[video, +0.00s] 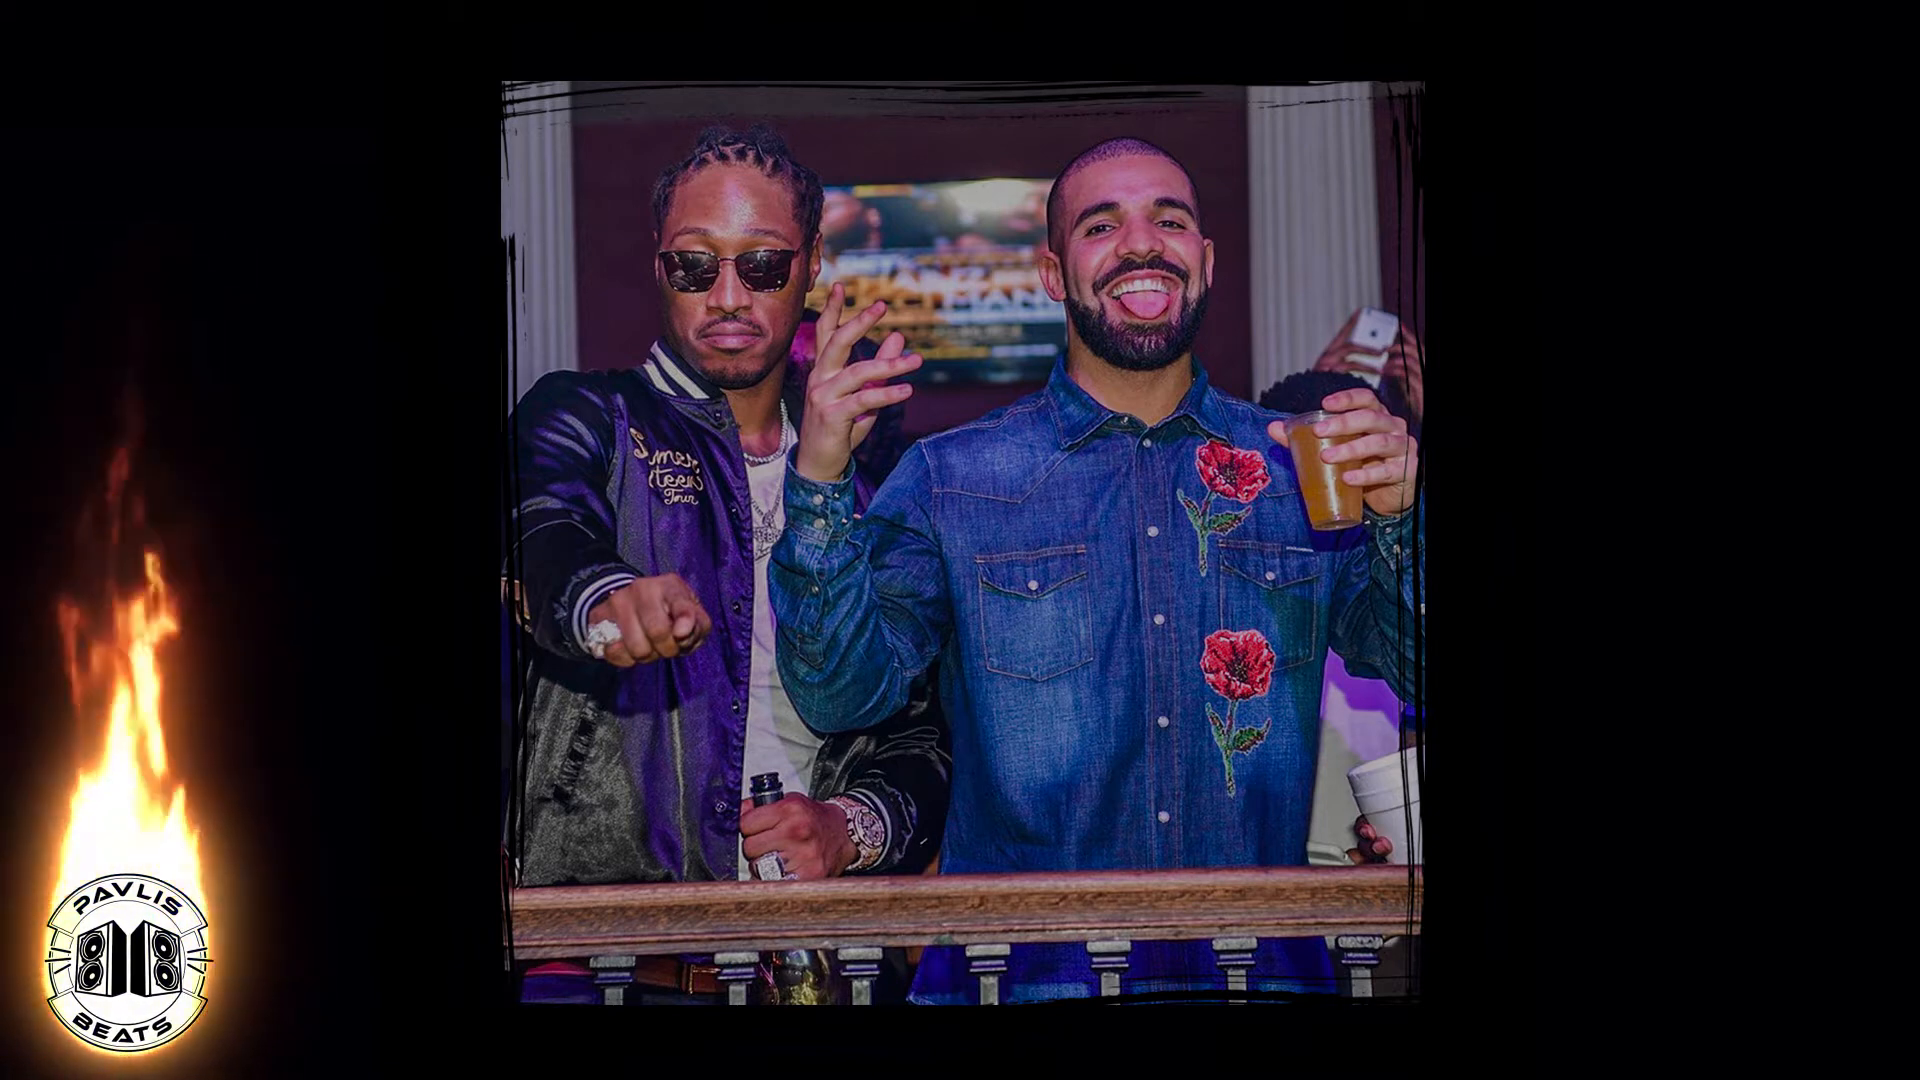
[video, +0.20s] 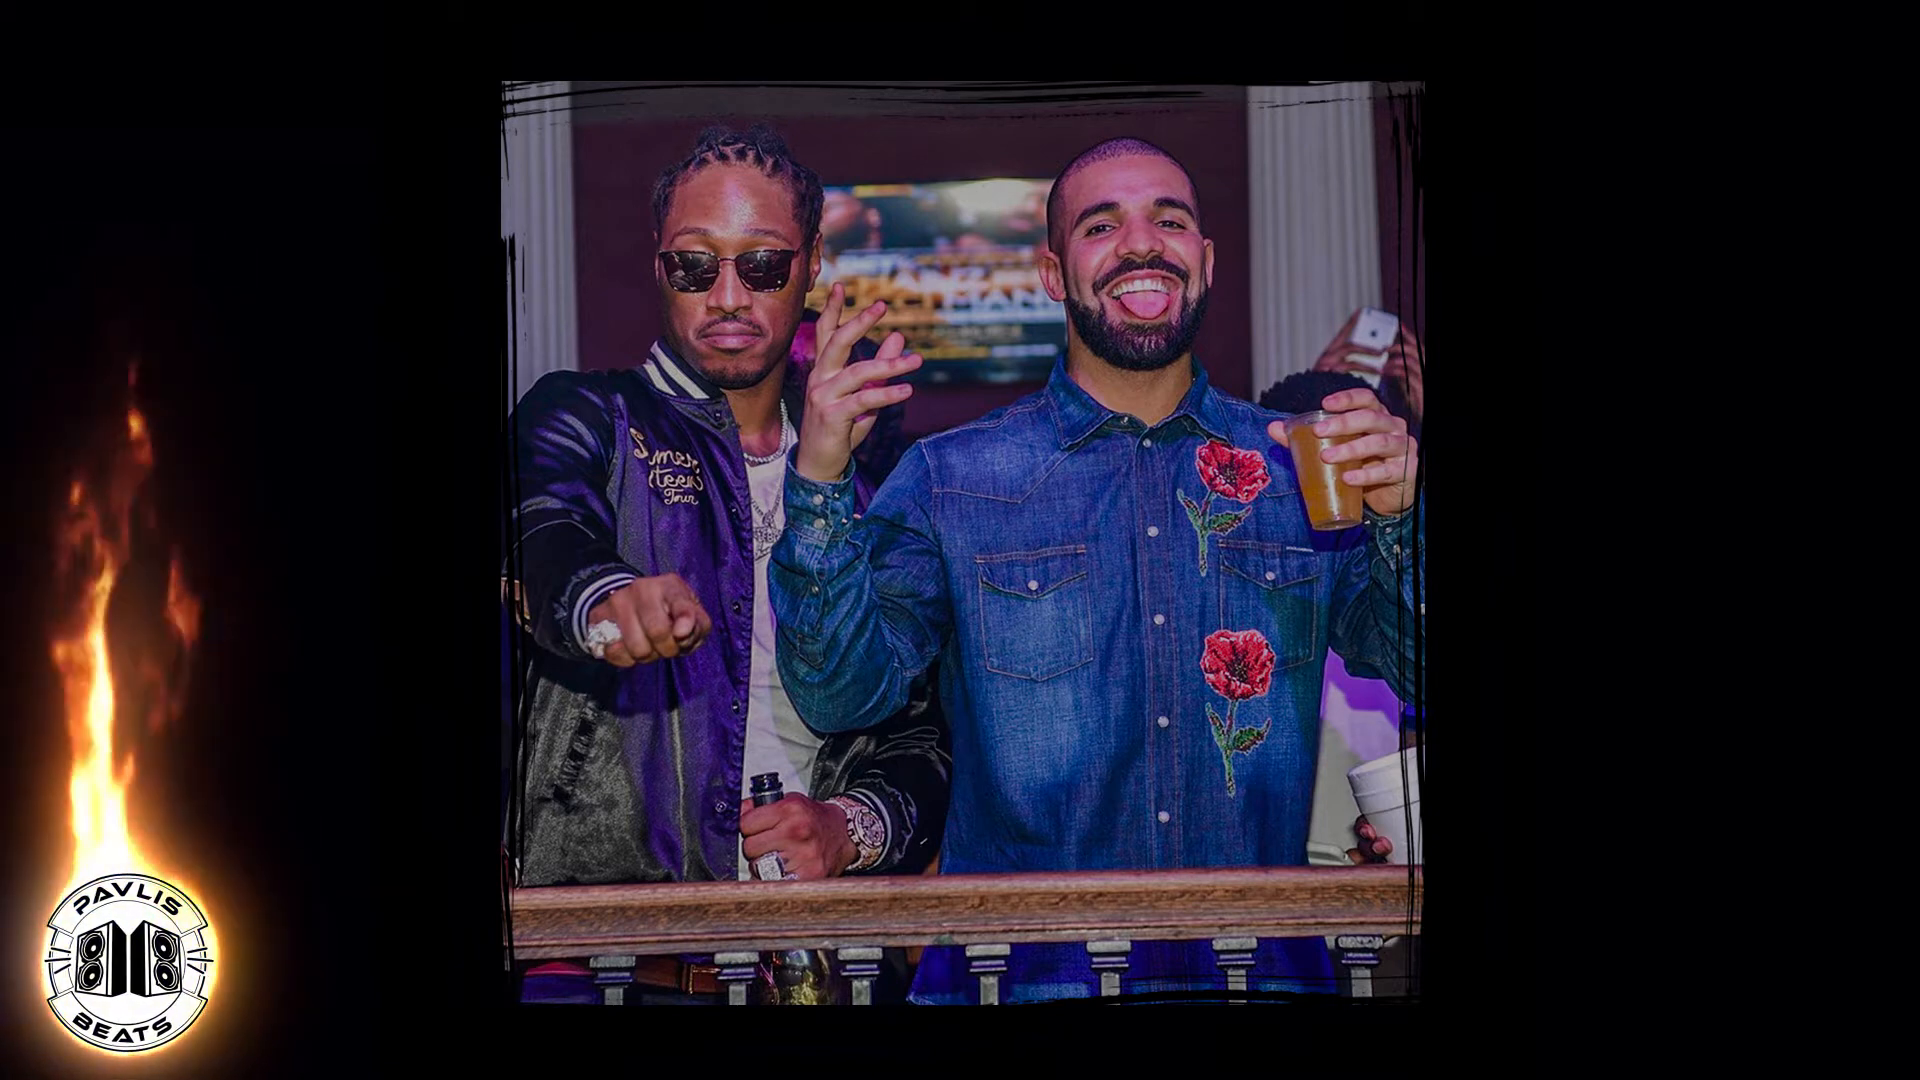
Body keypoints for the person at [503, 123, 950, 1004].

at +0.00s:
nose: (729, 296)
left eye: (764, 266)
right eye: (694, 266)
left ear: (811, 274)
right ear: (658, 272)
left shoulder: (878, 460)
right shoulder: (581, 412)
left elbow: (926, 725)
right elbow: (540, 525)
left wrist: (857, 826)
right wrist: (602, 595)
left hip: (827, 943)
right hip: (605, 943)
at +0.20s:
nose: (729, 296)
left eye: (764, 266)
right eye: (694, 266)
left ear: (811, 274)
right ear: (658, 272)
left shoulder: (878, 460)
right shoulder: (581, 412)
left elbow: (926, 725)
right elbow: (540, 525)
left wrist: (857, 826)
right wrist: (602, 595)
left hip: (827, 943)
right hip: (605, 943)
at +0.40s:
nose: (729, 296)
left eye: (764, 266)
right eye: (694, 266)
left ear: (811, 274)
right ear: (658, 272)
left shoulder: (878, 459)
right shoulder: (581, 412)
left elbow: (926, 724)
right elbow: (540, 526)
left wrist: (855, 825)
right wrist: (601, 595)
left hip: (827, 942)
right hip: (606, 942)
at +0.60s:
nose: (729, 296)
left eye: (764, 266)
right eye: (694, 266)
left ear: (811, 274)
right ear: (658, 272)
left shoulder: (878, 459)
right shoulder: (581, 412)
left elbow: (926, 724)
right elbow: (540, 526)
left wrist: (855, 825)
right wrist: (601, 595)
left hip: (827, 942)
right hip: (606, 942)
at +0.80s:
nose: (729, 296)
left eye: (764, 266)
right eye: (694, 266)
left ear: (811, 274)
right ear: (658, 272)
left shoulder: (878, 459)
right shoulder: (581, 412)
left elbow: (926, 724)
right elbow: (540, 526)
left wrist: (855, 825)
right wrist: (601, 595)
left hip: (827, 942)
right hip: (605, 942)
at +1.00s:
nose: (729, 296)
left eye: (763, 266)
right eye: (694, 266)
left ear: (811, 274)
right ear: (658, 272)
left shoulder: (878, 460)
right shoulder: (581, 411)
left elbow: (927, 725)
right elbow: (540, 525)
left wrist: (857, 826)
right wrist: (602, 595)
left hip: (828, 944)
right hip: (605, 943)